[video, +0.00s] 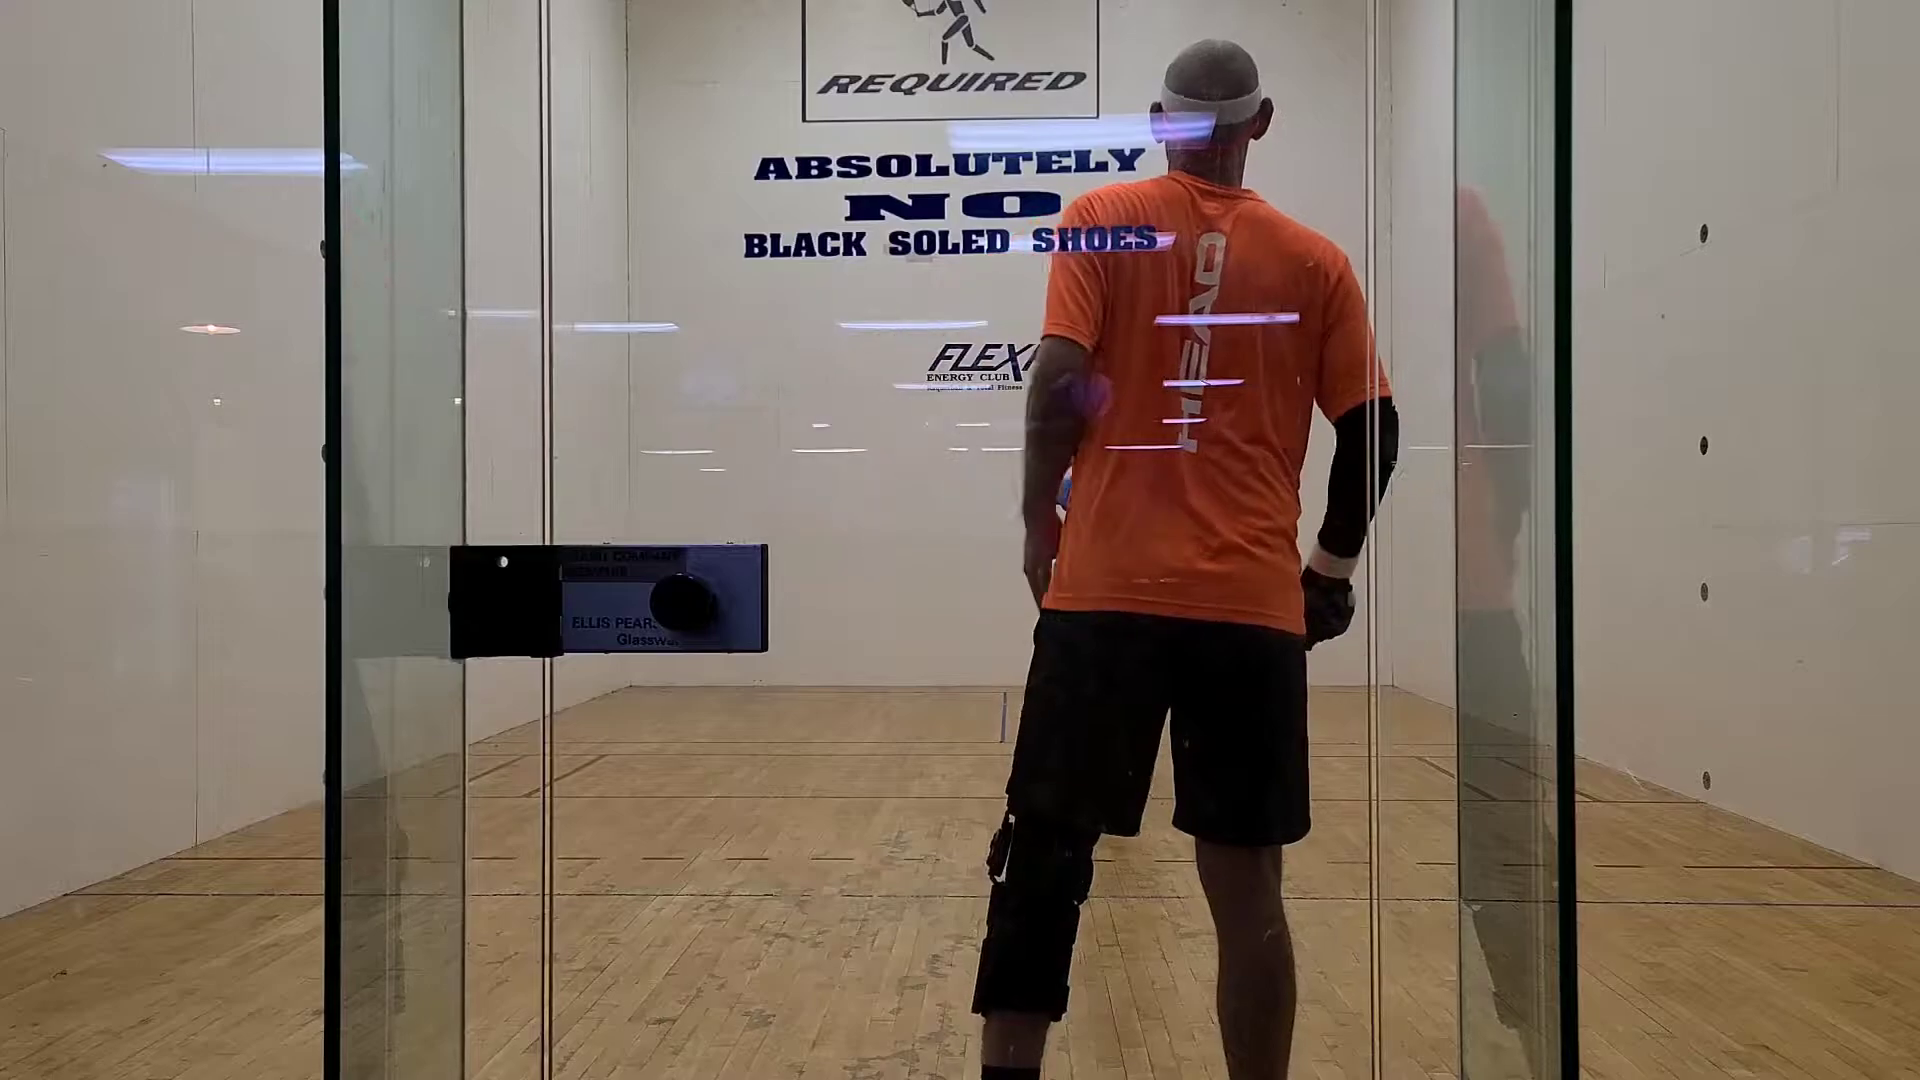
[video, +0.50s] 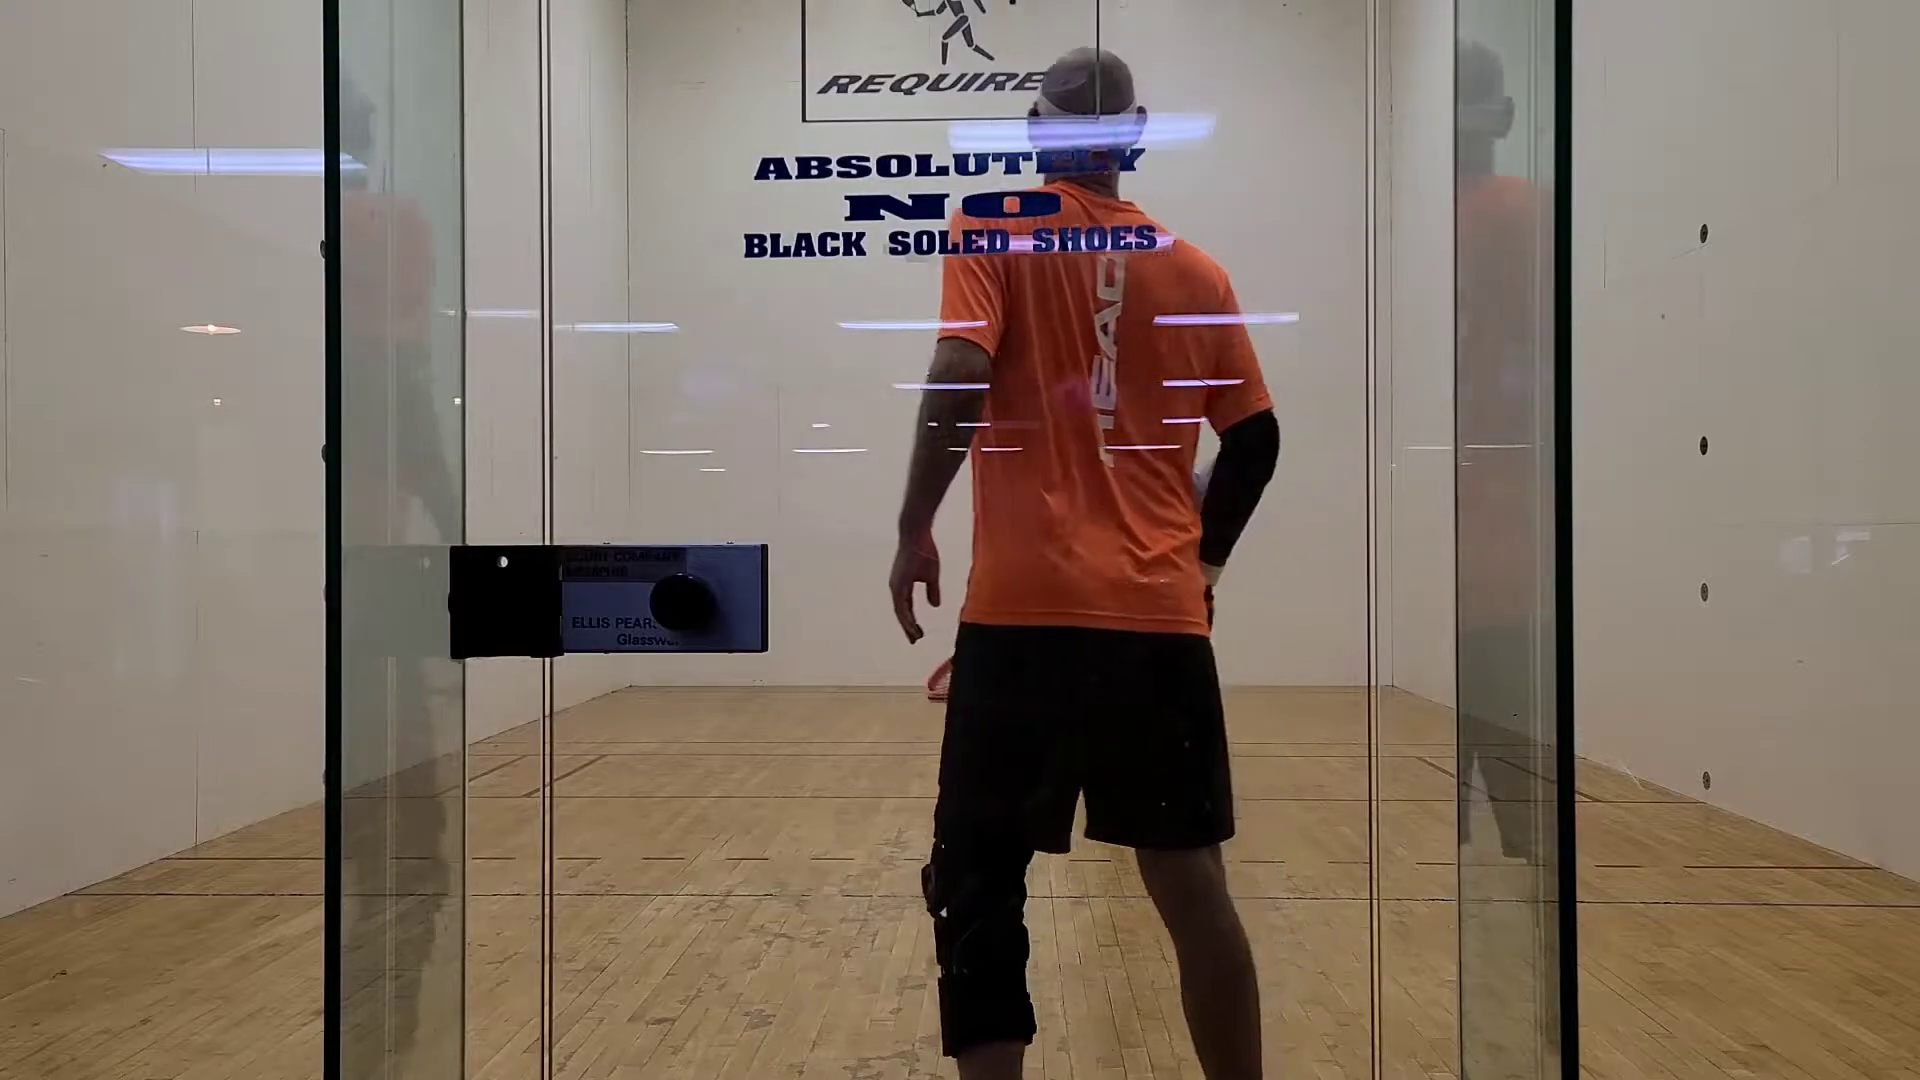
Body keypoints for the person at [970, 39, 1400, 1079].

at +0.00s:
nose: (1206, 145)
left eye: (1192, 125)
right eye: (1228, 125)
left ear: (1157, 120)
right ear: (1259, 125)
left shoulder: (1098, 221)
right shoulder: (1314, 260)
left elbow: (1059, 381)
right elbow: (1369, 429)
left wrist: (1038, 523)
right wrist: (1333, 560)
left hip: (1103, 598)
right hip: (1250, 608)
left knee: (1040, 859)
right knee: (1247, 891)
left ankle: (1007, 1070)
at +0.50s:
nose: (1029, 138)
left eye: (1033, 122)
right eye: (1040, 120)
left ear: (1039, 127)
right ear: (1134, 141)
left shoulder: (990, 232)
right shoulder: (1194, 270)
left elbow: (959, 382)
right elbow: (1253, 438)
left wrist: (914, 527)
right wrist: (1195, 567)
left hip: (1022, 615)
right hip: (1162, 624)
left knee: (976, 886)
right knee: (1192, 889)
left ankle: (992, 1077)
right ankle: (1240, 1076)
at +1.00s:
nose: (826, 186)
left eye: (824, 170)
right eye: (837, 168)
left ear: (819, 179)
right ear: (908, 180)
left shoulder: (807, 279)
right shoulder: (982, 293)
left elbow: (745, 444)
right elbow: (1057, 433)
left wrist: (683, 574)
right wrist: (1016, 556)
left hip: (913, 619)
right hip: (1017, 610)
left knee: (916, 882)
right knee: (952, 841)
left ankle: (972, 1067)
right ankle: (1009, 1049)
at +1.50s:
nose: (670, 277)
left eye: (674, 265)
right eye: (675, 264)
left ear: (678, 264)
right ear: (743, 265)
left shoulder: (704, 310)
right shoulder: (758, 336)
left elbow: (702, 398)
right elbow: (738, 493)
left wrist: (595, 508)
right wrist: (620, 485)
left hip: (775, 608)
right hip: (843, 604)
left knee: (683, 797)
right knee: (771, 797)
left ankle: (718, 1032)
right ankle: (892, 981)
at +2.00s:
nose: (644, 304)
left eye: (645, 292)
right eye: (645, 292)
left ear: (612, 285)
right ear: (671, 298)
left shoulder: (564, 327)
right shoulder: (693, 362)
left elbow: (523, 384)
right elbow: (767, 425)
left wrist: (488, 468)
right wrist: (840, 461)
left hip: (574, 576)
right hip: (662, 580)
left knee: (564, 750)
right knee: (650, 742)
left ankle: (633, 902)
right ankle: (683, 920)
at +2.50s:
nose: (606, 334)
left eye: (603, 322)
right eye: (606, 324)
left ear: (551, 315)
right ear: (599, 323)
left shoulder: (497, 362)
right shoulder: (595, 385)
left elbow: (447, 449)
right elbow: (561, 475)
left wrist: (422, 517)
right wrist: (551, 568)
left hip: (475, 568)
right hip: (544, 575)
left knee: (483, 730)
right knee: (560, 725)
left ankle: (473, 900)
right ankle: (537, 869)